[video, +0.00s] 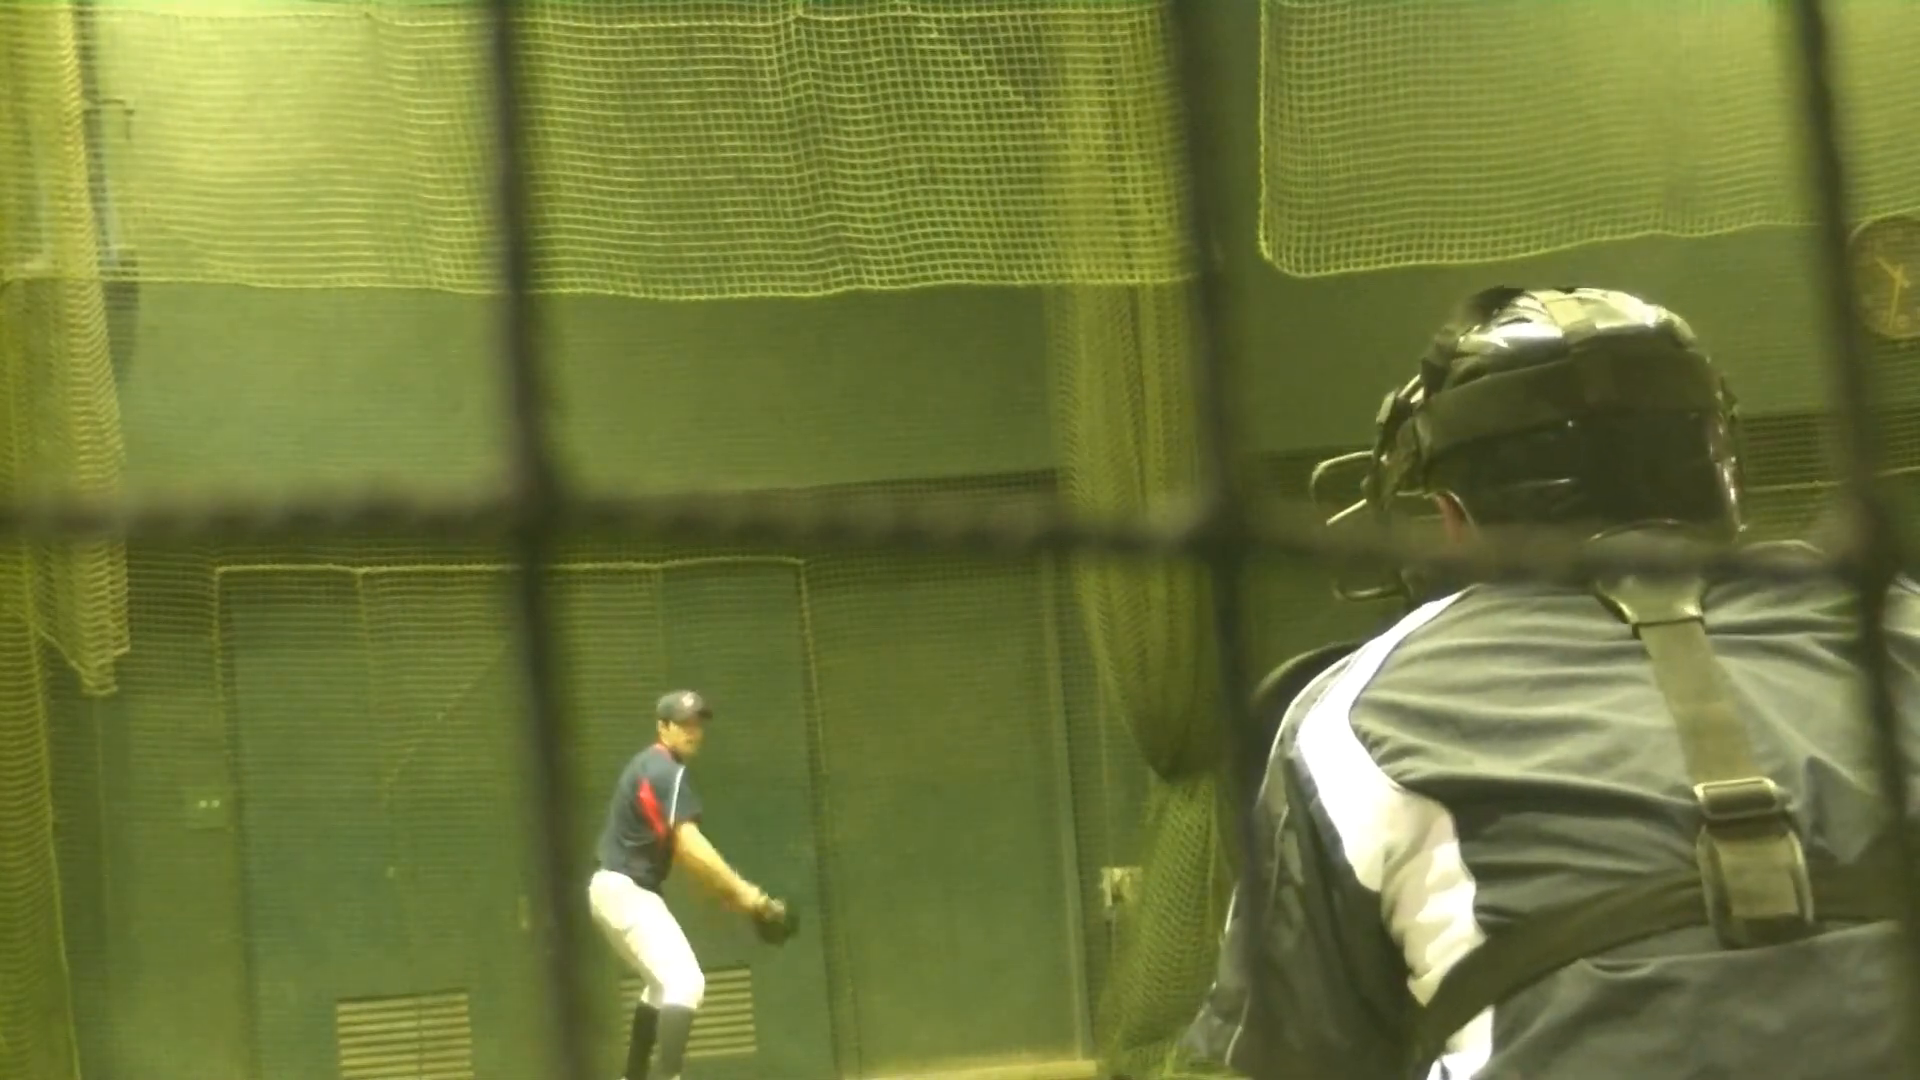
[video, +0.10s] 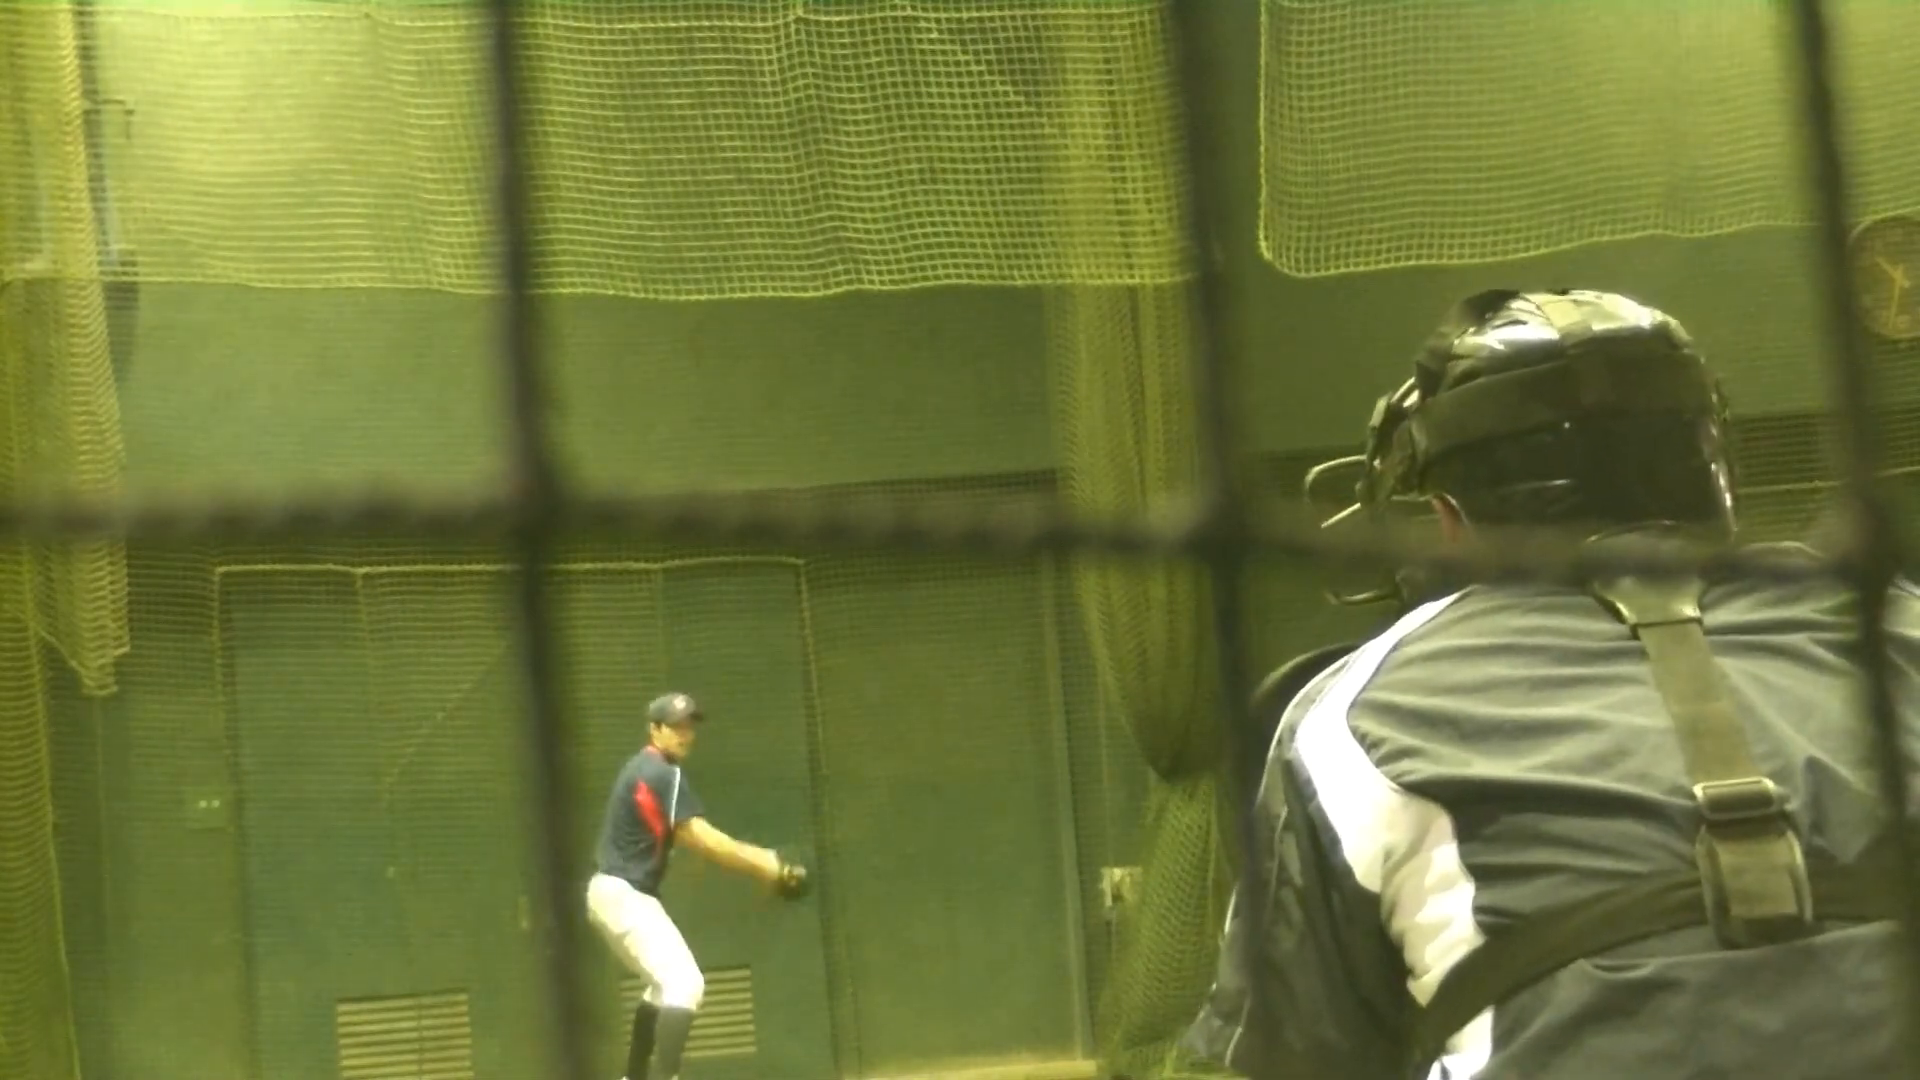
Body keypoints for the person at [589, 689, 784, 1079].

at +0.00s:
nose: (696, 734)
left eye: (699, 726)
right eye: (688, 726)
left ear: (702, 727)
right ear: (664, 727)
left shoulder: (649, 764)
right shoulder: (666, 769)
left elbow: (681, 846)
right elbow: (689, 842)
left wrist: (723, 887)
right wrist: (745, 892)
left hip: (613, 886)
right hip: (628, 888)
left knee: (661, 982)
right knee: (684, 983)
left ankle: (635, 1073)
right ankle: (668, 1072)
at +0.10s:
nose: (687, 735)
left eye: (690, 727)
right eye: (678, 727)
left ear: (691, 729)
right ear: (655, 730)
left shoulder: (644, 767)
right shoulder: (662, 773)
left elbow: (696, 836)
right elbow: (702, 836)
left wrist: (758, 859)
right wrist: (768, 866)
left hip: (611, 891)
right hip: (624, 893)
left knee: (663, 983)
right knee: (684, 983)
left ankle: (636, 1073)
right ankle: (665, 1073)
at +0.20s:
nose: (684, 740)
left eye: (685, 732)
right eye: (674, 733)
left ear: (686, 733)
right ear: (651, 735)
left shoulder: (637, 772)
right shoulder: (662, 779)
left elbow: (700, 819)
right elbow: (716, 834)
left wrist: (761, 820)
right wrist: (780, 836)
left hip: (608, 898)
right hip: (624, 900)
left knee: (666, 984)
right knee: (689, 985)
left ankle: (639, 1072)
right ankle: (667, 1073)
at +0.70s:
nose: (681, 747)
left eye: (684, 739)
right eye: (672, 740)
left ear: (687, 740)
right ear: (650, 743)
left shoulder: (639, 777)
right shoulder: (659, 783)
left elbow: (698, 801)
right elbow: (732, 815)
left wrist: (718, 764)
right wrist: (742, 764)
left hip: (607, 905)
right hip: (621, 907)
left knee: (673, 985)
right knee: (697, 988)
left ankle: (637, 1072)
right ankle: (668, 1073)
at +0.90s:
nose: (683, 751)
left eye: (686, 742)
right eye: (675, 743)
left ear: (689, 743)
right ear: (651, 745)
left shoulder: (636, 780)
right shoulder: (660, 787)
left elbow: (694, 806)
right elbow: (724, 830)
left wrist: (718, 769)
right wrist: (742, 777)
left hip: (604, 906)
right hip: (621, 909)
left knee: (674, 985)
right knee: (696, 988)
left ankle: (638, 1071)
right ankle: (667, 1073)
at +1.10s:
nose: (688, 753)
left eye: (690, 745)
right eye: (679, 745)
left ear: (693, 745)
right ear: (655, 747)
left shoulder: (633, 782)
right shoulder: (665, 790)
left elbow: (686, 813)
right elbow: (725, 837)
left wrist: (720, 781)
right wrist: (748, 789)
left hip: (599, 906)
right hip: (623, 910)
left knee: (665, 983)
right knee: (698, 988)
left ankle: (635, 1072)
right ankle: (668, 1072)